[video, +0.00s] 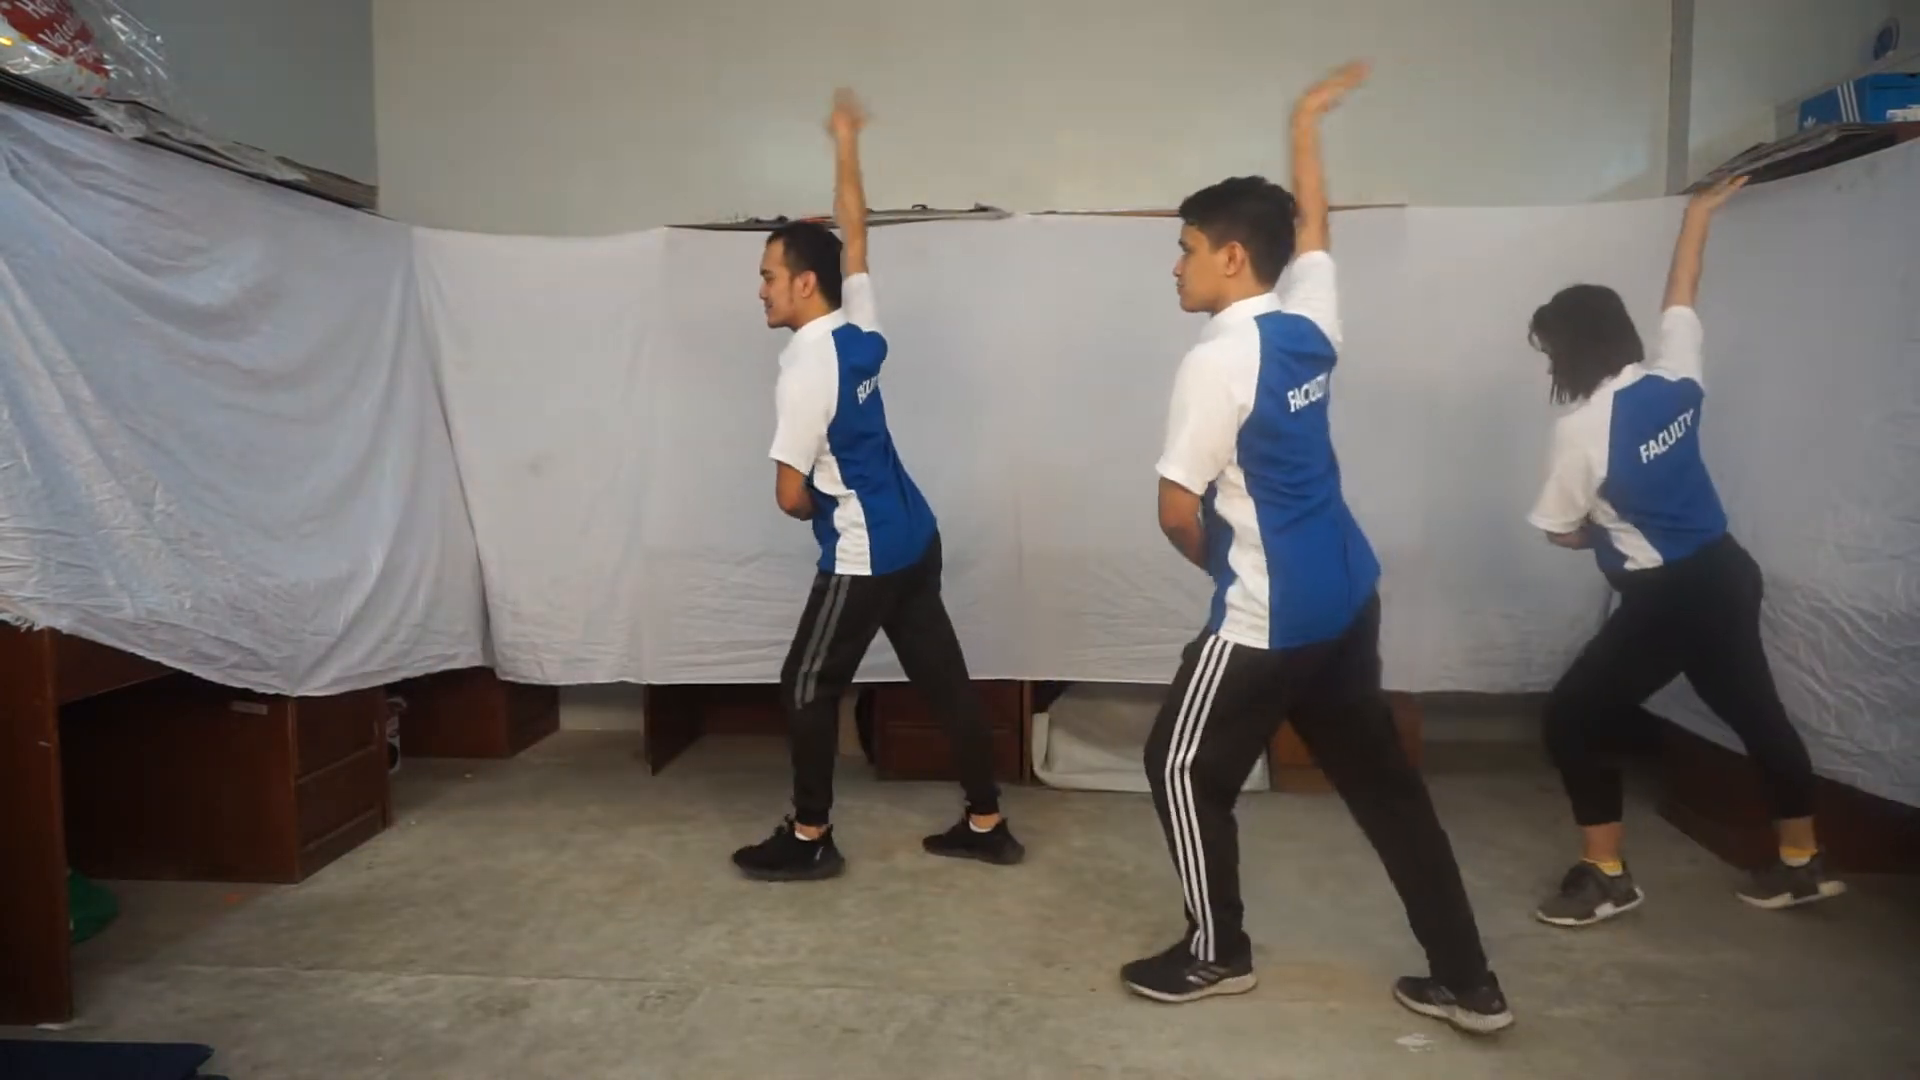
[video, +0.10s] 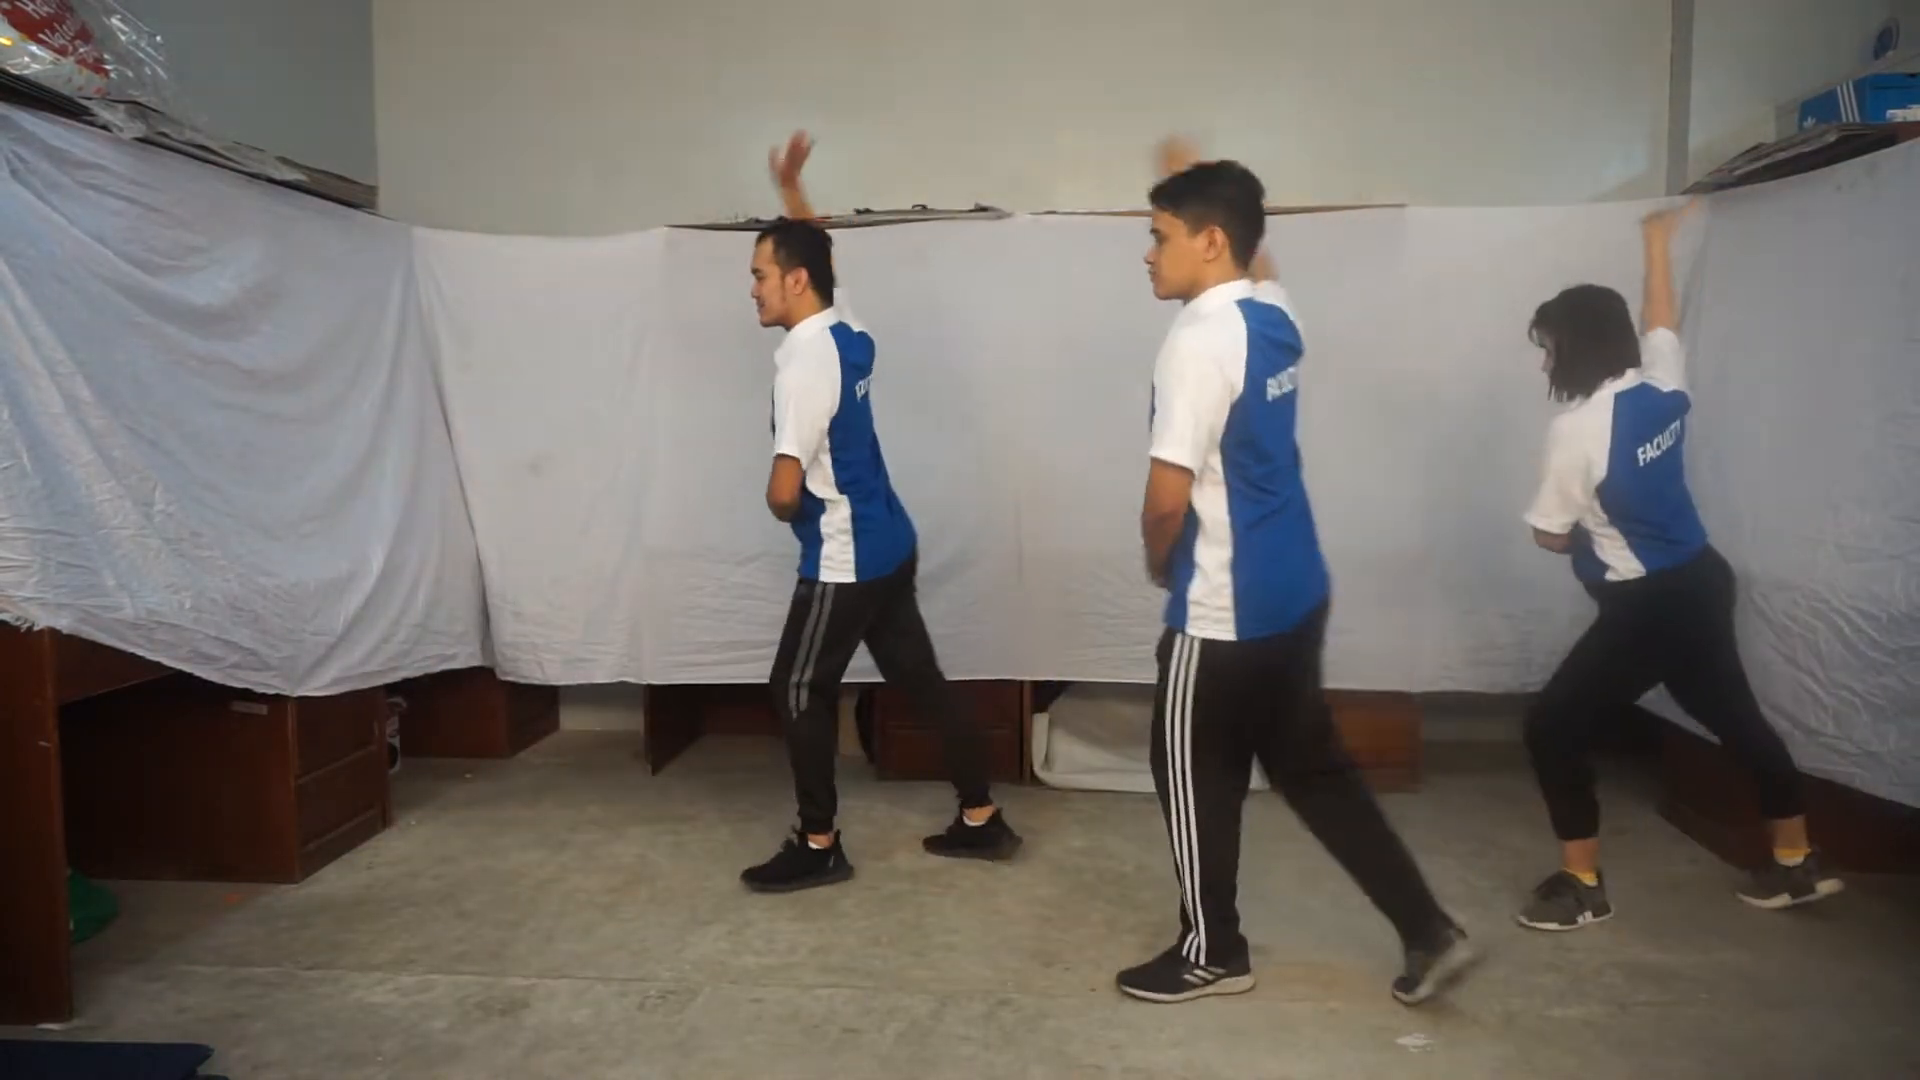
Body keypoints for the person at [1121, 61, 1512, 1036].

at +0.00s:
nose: (1178, 267)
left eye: (1189, 252)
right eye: (1182, 251)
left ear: (1240, 259)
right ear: (1259, 262)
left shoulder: (1218, 355)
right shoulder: (1308, 321)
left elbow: (1177, 513)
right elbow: (1310, 229)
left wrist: (1232, 566)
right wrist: (1306, 120)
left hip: (1267, 608)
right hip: (1342, 586)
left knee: (1181, 767)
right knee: (1381, 780)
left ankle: (1213, 945)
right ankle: (1466, 977)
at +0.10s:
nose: (1149, 257)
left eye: (1159, 241)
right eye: (1150, 240)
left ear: (1213, 243)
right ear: (1235, 244)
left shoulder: (1199, 333)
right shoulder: (1272, 313)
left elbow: (1166, 499)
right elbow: (1249, 251)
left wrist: (1157, 560)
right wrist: (1203, 188)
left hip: (1222, 599)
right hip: (1289, 585)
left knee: (1190, 772)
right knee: (1308, 762)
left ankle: (1209, 948)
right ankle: (1429, 930)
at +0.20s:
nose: (1122, 242)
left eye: (1138, 226)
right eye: (1121, 225)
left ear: (1194, 232)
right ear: (1195, 237)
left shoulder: (1181, 325)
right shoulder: (1225, 305)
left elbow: (1148, 474)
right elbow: (1176, 350)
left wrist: (1106, 553)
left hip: (1192, 591)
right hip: (1237, 579)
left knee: (1193, 770)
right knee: (1218, 752)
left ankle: (1212, 950)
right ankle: (1326, 881)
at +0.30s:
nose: (1102, 243)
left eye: (1121, 228)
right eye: (1095, 227)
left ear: (1170, 234)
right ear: (1090, 229)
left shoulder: (1164, 326)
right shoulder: (1139, 316)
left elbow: (1122, 473)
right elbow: (1127, 427)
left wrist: (1057, 557)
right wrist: (1073, 475)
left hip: (1173, 594)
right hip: (1137, 586)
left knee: (1189, 764)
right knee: (1102, 724)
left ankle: (1217, 950)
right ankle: (1194, 876)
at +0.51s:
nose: (1041, 249)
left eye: (1061, 235)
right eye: (1029, 233)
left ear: (1096, 242)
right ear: (1014, 236)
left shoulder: (1104, 336)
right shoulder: (1032, 336)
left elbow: (1099, 477)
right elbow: (1036, 478)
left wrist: (1016, 596)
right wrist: (1023, 593)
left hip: (1093, 599)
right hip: (1036, 594)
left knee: (1104, 768)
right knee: (1020, 750)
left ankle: (1195, 927)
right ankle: (1038, 900)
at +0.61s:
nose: (1013, 244)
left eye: (1032, 231)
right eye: (999, 227)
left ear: (1061, 242)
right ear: (978, 235)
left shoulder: (1083, 339)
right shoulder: (968, 348)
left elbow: (1105, 478)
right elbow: (963, 477)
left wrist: (1039, 598)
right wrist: (941, 579)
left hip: (1054, 598)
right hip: (979, 594)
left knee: (1039, 758)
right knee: (996, 754)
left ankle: (1097, 916)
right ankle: (1030, 899)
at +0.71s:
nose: (990, 240)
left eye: (1008, 226)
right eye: (973, 224)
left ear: (1028, 237)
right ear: (947, 235)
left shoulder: (1068, 337)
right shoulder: (919, 346)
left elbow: (1119, 465)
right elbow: (888, 462)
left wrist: (1066, 590)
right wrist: (842, 560)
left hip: (1023, 602)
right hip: (937, 600)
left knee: (992, 773)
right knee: (947, 750)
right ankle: (1024, 871)